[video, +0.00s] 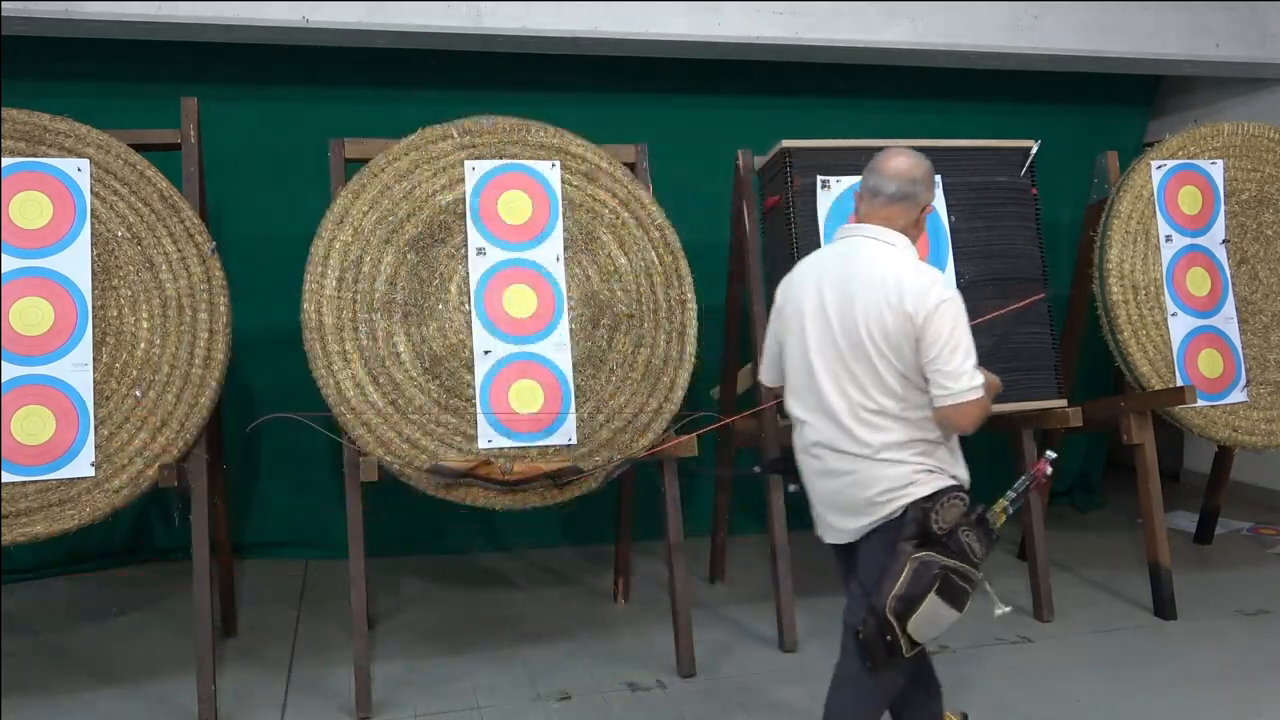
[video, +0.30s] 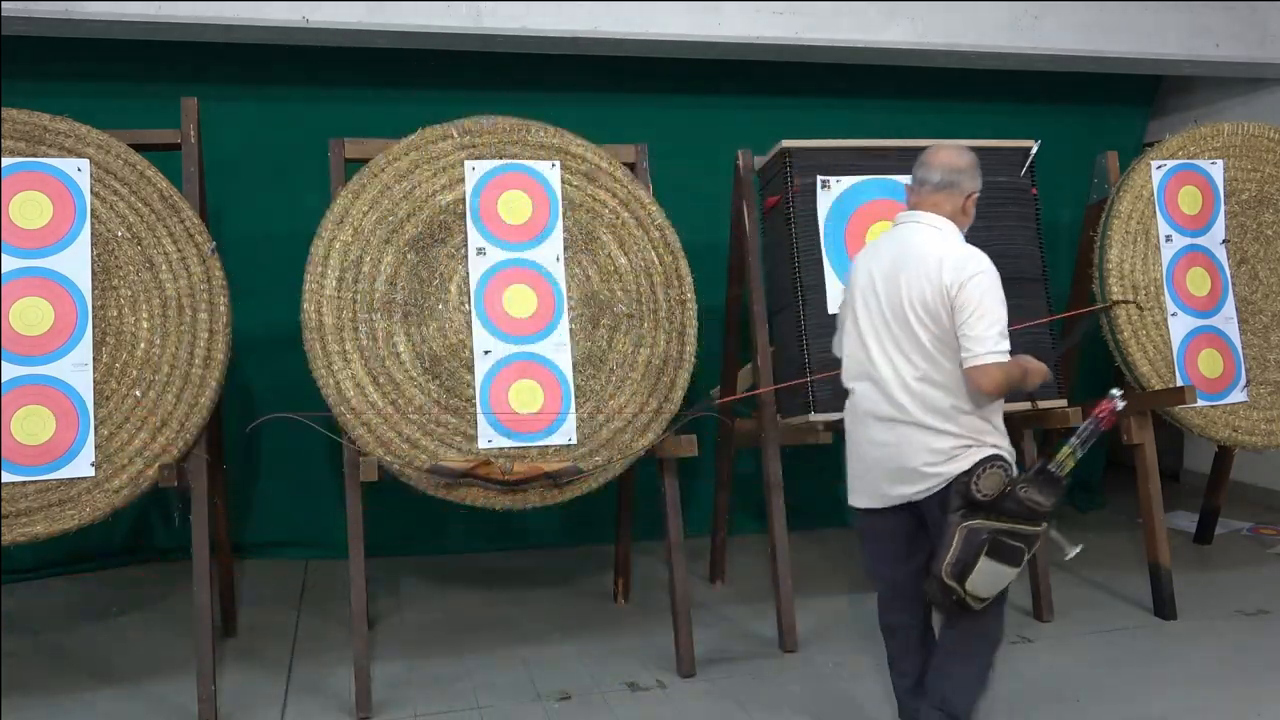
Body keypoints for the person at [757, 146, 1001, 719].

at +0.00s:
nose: (927, 219)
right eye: (927, 209)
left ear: (857, 200)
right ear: (922, 213)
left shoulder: (797, 280)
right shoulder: (926, 289)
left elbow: (774, 384)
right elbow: (960, 416)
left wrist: (843, 378)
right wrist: (986, 388)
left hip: (830, 495)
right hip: (909, 494)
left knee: (892, 633)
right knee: (870, 642)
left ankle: (925, 714)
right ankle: (846, 715)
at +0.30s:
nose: (974, 210)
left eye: (974, 202)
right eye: (975, 202)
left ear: (910, 191)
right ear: (967, 202)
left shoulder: (866, 262)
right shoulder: (966, 265)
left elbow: (850, 363)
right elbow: (985, 380)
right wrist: (1025, 371)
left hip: (874, 471)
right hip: (955, 465)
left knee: (901, 604)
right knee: (973, 604)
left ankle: (915, 709)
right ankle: (943, 708)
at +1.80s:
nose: (1025, 211)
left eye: (1024, 201)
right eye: (1017, 202)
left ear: (976, 208)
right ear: (980, 210)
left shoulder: (945, 243)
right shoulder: (962, 258)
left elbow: (900, 317)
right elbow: (917, 353)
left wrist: (973, 348)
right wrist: (993, 373)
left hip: (948, 435)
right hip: (964, 445)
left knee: (949, 549)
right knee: (968, 563)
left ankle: (925, 643)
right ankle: (944, 676)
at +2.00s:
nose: (1006, 201)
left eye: (1006, 191)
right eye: (993, 194)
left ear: (973, 204)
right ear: (956, 205)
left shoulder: (972, 252)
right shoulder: (941, 265)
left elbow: (947, 344)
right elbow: (901, 363)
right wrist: (987, 378)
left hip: (1003, 442)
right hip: (969, 452)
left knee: (1017, 541)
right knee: (968, 563)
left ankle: (949, 628)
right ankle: (942, 675)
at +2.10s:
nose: (995, 198)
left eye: (996, 188)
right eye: (979, 192)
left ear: (996, 194)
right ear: (944, 207)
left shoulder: (981, 256)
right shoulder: (931, 270)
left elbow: (969, 344)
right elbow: (891, 369)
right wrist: (979, 379)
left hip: (1011, 444)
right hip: (960, 456)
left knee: (1040, 541)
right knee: (967, 565)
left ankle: (986, 636)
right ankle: (941, 675)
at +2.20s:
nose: (983, 201)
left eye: (988, 189)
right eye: (966, 195)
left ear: (995, 193)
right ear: (936, 208)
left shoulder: (996, 257)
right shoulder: (916, 276)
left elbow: (1001, 340)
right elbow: (886, 378)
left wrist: (1049, 386)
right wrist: (968, 377)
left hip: (1020, 449)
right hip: (953, 459)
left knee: (1049, 557)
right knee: (961, 568)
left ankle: (1019, 669)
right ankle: (942, 676)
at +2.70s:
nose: (967, 191)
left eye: (982, 179)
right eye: (952, 182)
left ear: (1005, 192)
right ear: (934, 197)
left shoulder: (1048, 275)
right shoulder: (894, 270)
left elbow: (1080, 385)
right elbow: (846, 363)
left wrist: (1094, 473)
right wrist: (882, 356)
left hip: (1003, 494)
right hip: (914, 489)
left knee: (1005, 637)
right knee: (929, 617)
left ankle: (993, 712)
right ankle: (966, 676)